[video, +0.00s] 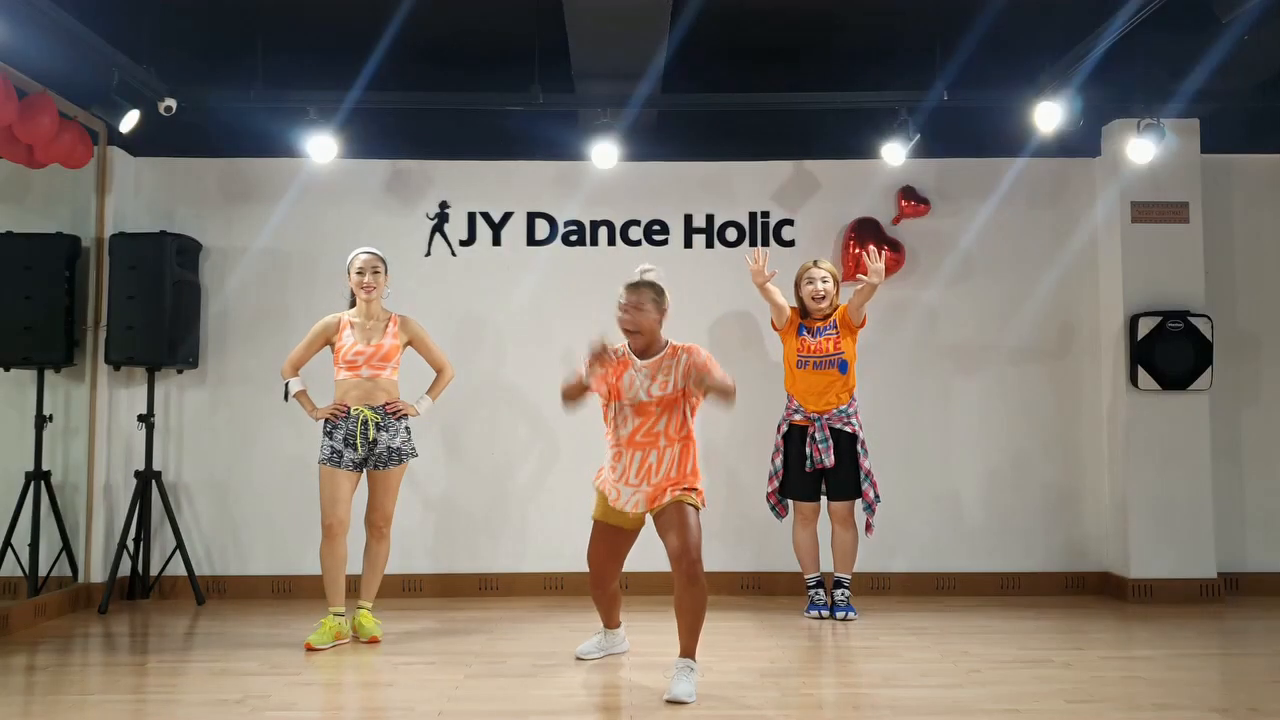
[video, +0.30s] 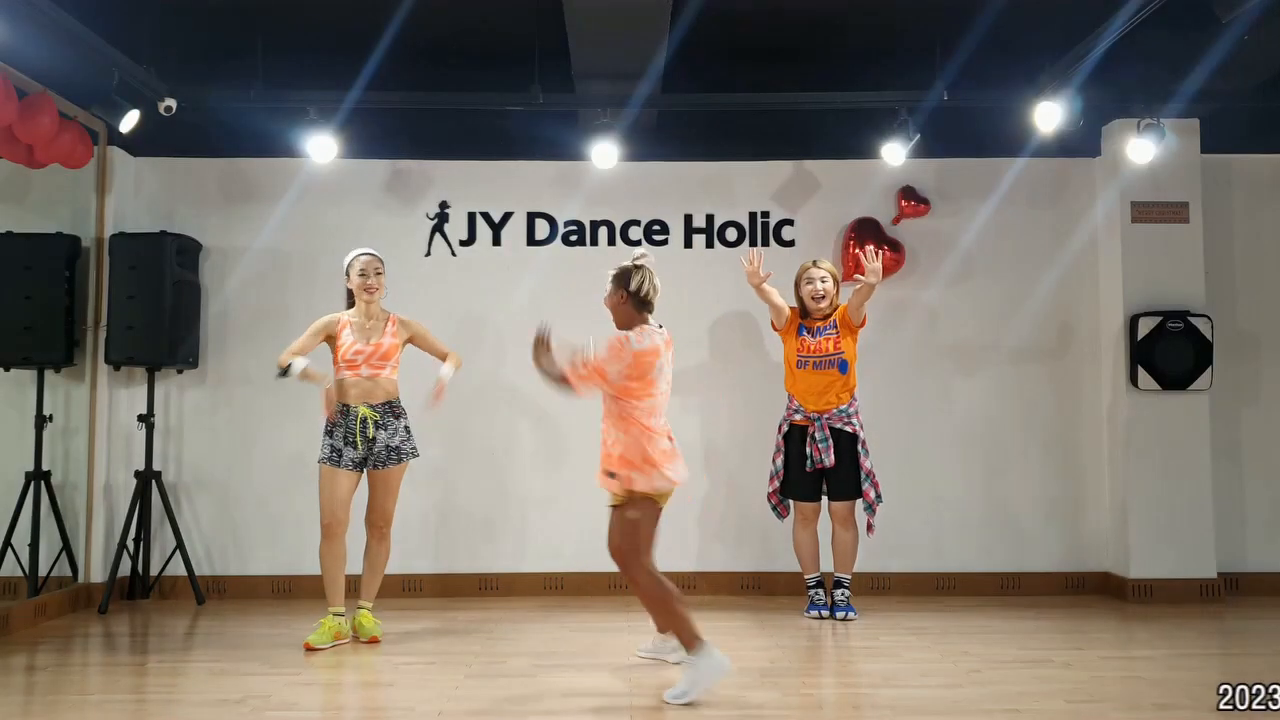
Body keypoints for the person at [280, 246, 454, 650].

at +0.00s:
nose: (367, 279)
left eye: (375, 272)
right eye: (360, 273)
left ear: (386, 280)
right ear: (349, 280)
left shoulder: (403, 326)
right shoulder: (333, 326)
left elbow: (447, 370)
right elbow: (289, 369)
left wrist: (419, 407)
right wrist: (314, 410)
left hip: (389, 428)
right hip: (341, 427)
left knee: (379, 525)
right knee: (332, 526)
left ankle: (365, 612)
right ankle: (336, 618)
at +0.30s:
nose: (371, 280)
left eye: (377, 274)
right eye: (362, 274)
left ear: (386, 280)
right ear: (349, 282)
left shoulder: (402, 326)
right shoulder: (333, 324)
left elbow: (451, 358)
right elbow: (286, 360)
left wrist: (441, 381)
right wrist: (324, 381)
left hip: (389, 427)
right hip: (343, 427)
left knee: (380, 525)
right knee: (331, 524)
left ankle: (365, 612)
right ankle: (336, 617)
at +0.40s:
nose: (374, 279)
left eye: (378, 273)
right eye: (364, 274)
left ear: (385, 279)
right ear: (348, 283)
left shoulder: (401, 325)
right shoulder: (334, 322)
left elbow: (452, 358)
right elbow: (307, 359)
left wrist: (457, 328)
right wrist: (339, 342)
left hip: (388, 425)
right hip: (343, 425)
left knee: (379, 525)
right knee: (330, 524)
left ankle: (365, 612)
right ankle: (335, 617)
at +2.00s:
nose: (369, 276)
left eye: (376, 270)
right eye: (361, 271)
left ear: (386, 279)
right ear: (350, 281)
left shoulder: (401, 320)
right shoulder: (335, 320)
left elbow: (410, 346)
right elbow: (343, 350)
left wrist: (395, 301)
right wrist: (364, 316)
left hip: (392, 423)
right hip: (346, 422)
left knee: (380, 526)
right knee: (332, 525)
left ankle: (364, 612)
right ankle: (335, 617)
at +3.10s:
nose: (338, 281)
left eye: (347, 275)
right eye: (332, 275)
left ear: (361, 286)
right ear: (324, 287)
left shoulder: (377, 324)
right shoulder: (318, 325)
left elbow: (383, 354)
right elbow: (286, 364)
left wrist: (357, 321)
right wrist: (309, 320)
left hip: (370, 425)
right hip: (327, 426)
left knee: (356, 510)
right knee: (324, 517)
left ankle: (364, 593)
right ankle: (340, 602)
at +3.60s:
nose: (306, 294)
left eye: (315, 287)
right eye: (302, 289)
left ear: (336, 291)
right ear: (301, 297)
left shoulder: (359, 326)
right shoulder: (309, 339)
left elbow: (400, 322)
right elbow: (273, 354)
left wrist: (372, 328)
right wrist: (271, 367)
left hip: (371, 429)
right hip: (332, 435)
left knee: (382, 515)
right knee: (323, 522)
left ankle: (396, 582)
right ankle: (342, 604)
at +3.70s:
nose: (306, 288)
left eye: (313, 282)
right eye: (306, 283)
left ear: (336, 285)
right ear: (311, 289)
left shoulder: (355, 317)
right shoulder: (311, 325)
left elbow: (372, 276)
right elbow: (269, 314)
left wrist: (329, 258)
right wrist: (259, 284)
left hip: (375, 418)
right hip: (338, 426)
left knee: (408, 505)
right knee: (332, 518)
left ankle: (440, 581)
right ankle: (343, 603)